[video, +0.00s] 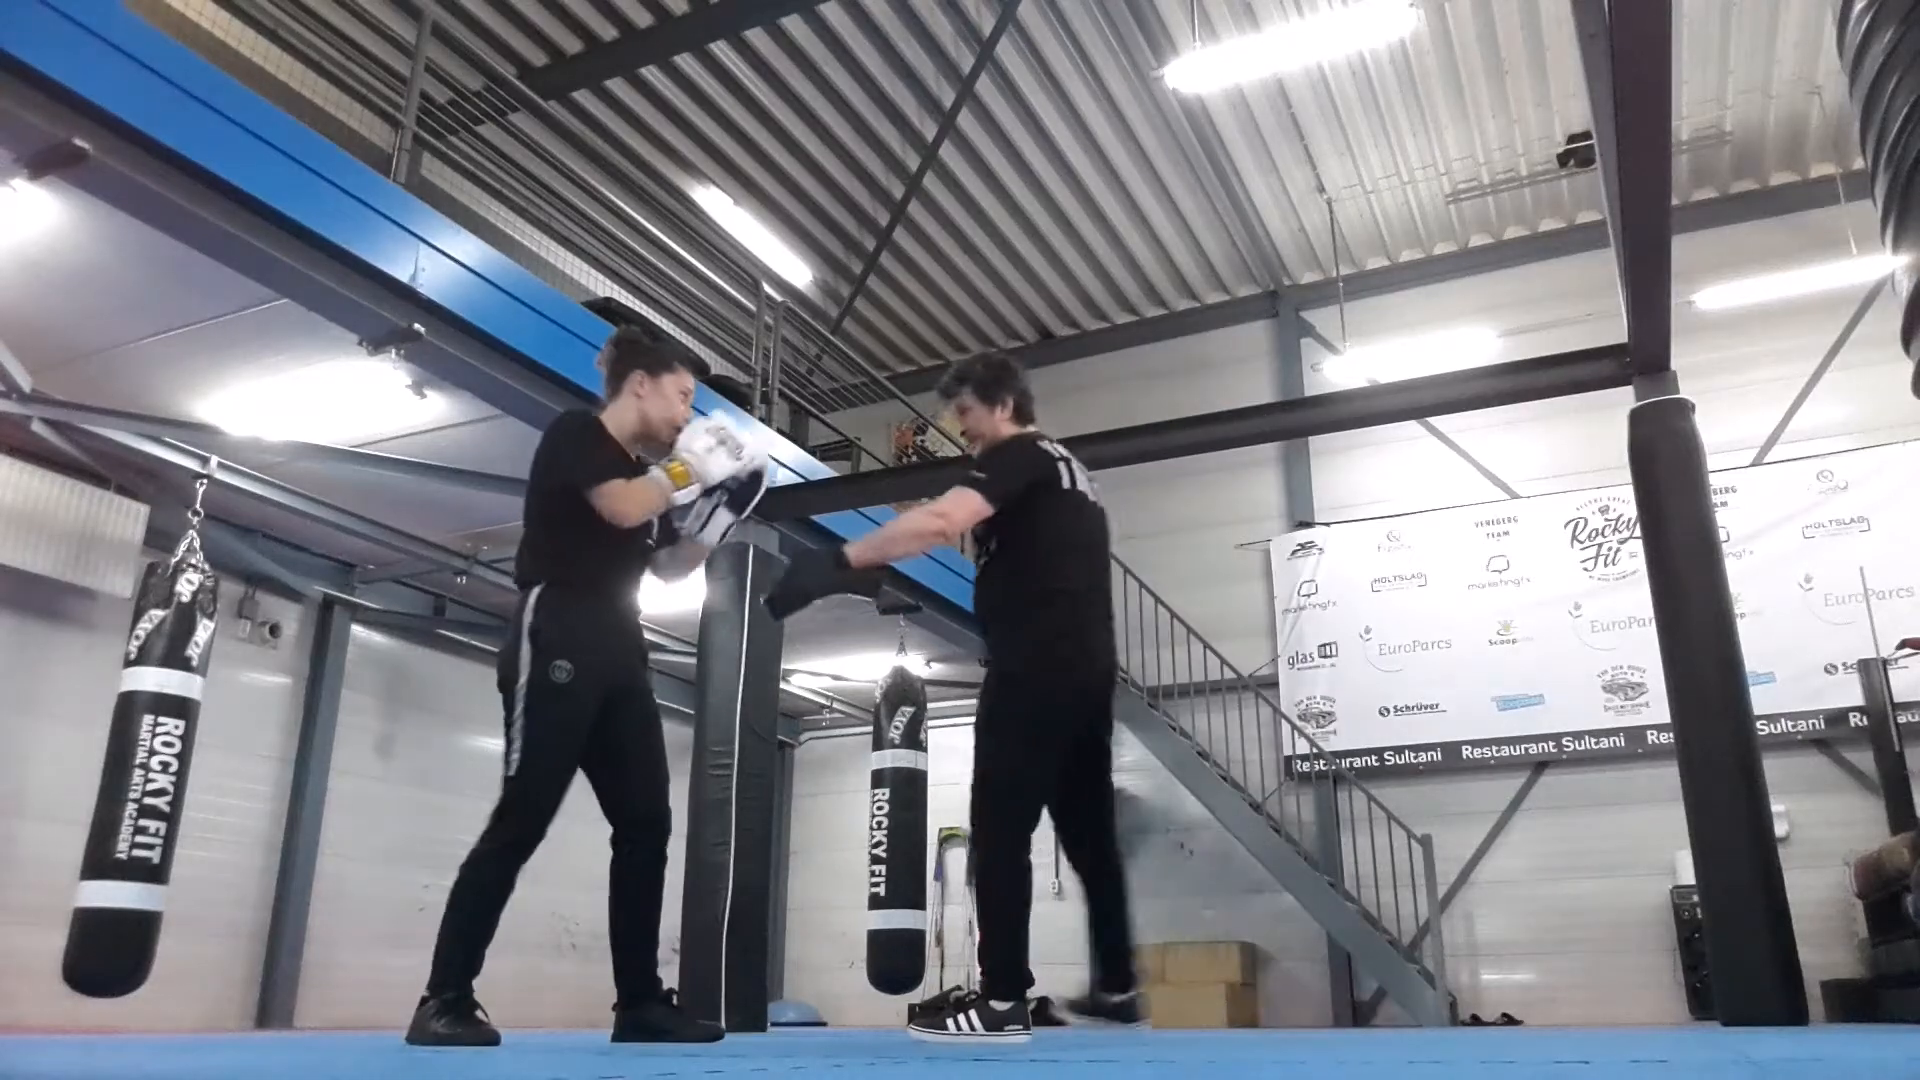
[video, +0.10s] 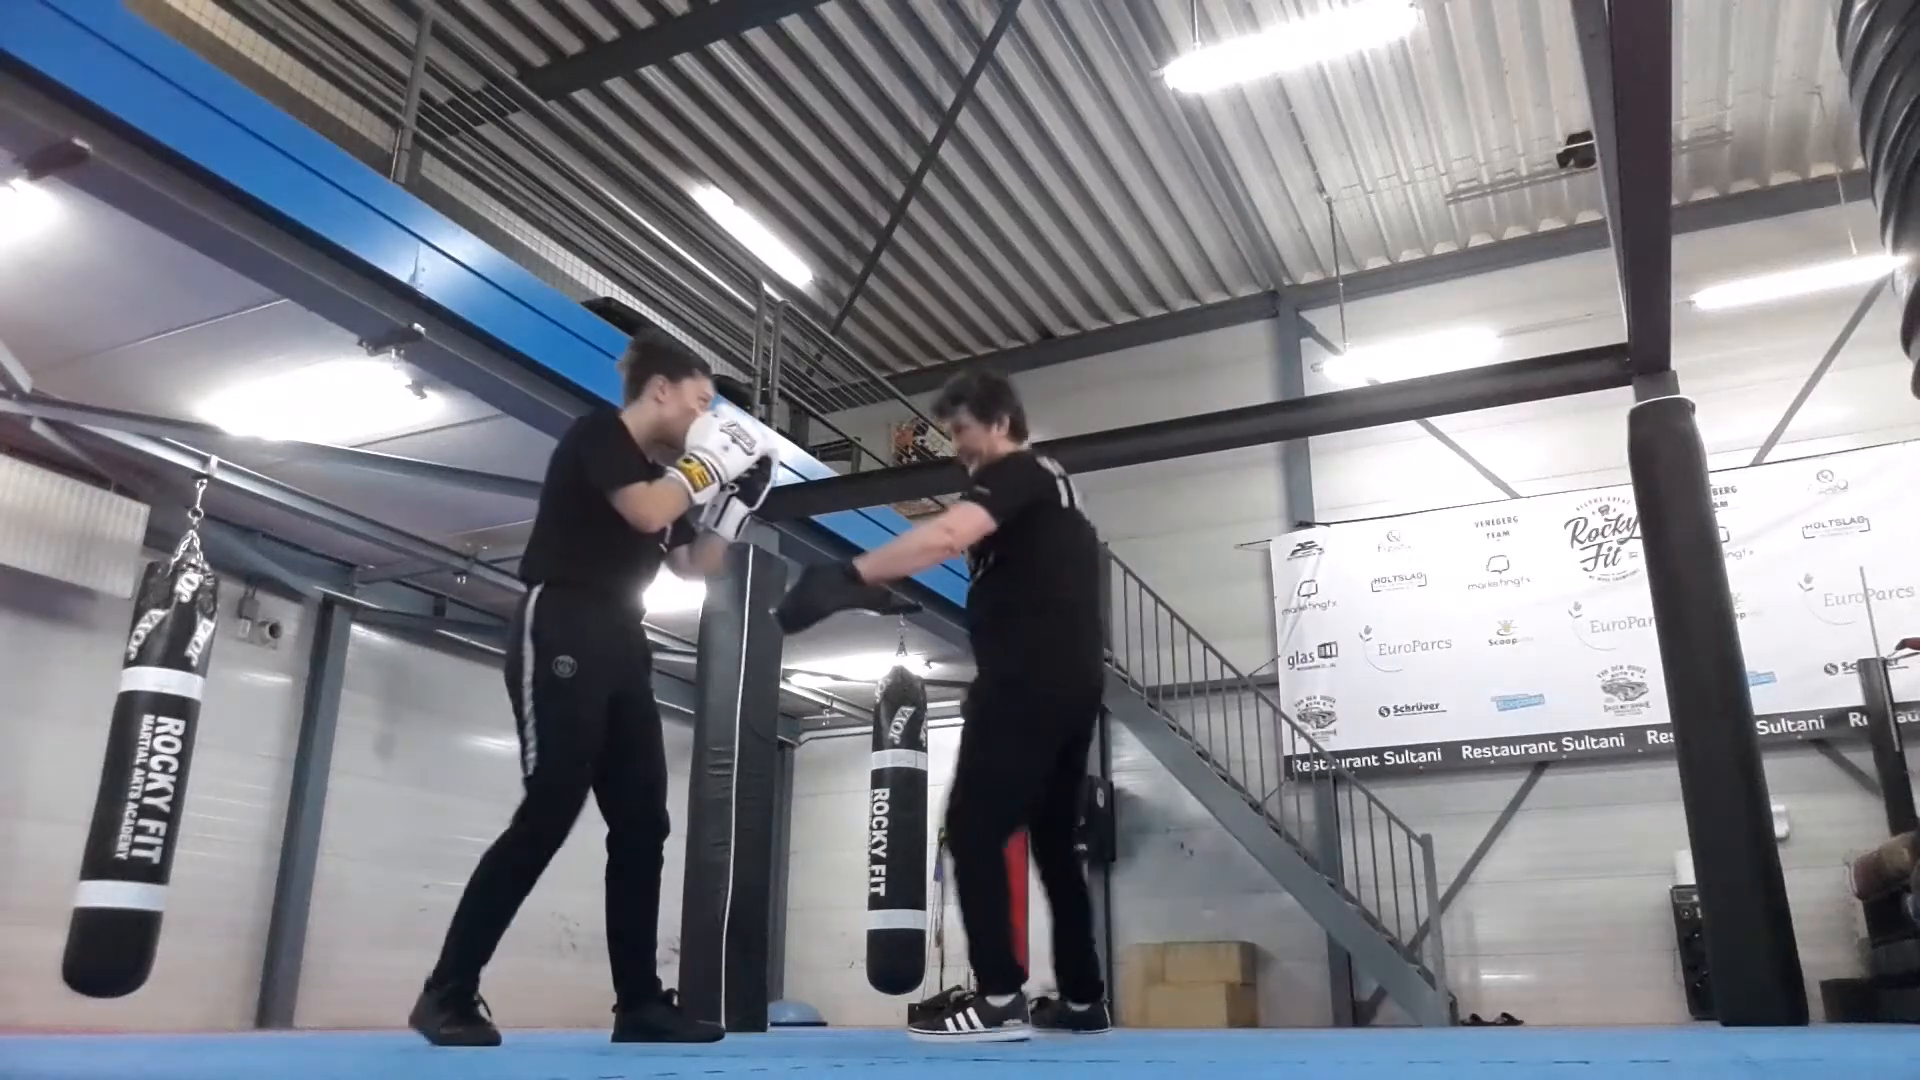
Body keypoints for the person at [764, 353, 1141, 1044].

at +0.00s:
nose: (963, 433)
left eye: (966, 417)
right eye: (958, 422)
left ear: (1003, 403)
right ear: (1020, 407)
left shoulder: (1016, 457)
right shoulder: (1070, 468)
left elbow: (936, 523)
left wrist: (837, 562)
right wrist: (948, 517)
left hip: (1027, 680)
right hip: (1086, 680)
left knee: (1000, 836)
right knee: (1091, 835)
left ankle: (1003, 998)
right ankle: (1116, 989)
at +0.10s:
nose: (955, 447)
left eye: (960, 431)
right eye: (950, 435)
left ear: (999, 422)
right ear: (1012, 428)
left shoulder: (1017, 472)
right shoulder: (1053, 483)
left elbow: (943, 537)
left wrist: (844, 576)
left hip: (1024, 686)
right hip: (1072, 687)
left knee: (973, 829)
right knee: (1056, 841)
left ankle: (999, 998)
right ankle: (1082, 998)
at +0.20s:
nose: (949, 475)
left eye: (954, 459)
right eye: (943, 463)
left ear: (993, 449)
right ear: (1004, 455)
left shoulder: (1018, 498)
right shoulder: (1046, 512)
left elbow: (959, 556)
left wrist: (859, 590)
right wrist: (896, 597)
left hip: (1019, 693)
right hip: (1058, 699)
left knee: (924, 812)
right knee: (1024, 854)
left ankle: (983, 976)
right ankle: (1077, 1000)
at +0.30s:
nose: (933, 482)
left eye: (939, 465)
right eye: (928, 469)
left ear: (976, 454)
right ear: (978, 461)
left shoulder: (1009, 502)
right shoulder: (1011, 516)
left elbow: (957, 563)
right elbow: (955, 587)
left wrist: (865, 600)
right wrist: (895, 611)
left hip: (1004, 692)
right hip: (1037, 696)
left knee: (908, 802)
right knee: (1016, 852)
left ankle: (935, 974)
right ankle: (1073, 999)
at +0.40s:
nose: (914, 470)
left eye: (922, 453)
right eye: (907, 460)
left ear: (959, 444)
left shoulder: (987, 492)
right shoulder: (992, 506)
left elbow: (941, 558)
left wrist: (850, 598)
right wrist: (879, 606)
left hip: (984, 689)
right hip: (1021, 692)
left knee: (906, 817)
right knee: (1020, 850)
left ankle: (870, 983)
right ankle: (1077, 1000)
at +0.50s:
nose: (888, 468)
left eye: (897, 452)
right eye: (883, 456)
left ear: (935, 445)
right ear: (931, 453)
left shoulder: (962, 494)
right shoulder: (959, 511)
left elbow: (911, 556)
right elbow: (911, 587)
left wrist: (819, 595)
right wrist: (852, 606)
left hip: (966, 697)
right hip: (994, 698)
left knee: (890, 830)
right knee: (1012, 855)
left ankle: (829, 991)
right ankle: (1075, 1000)